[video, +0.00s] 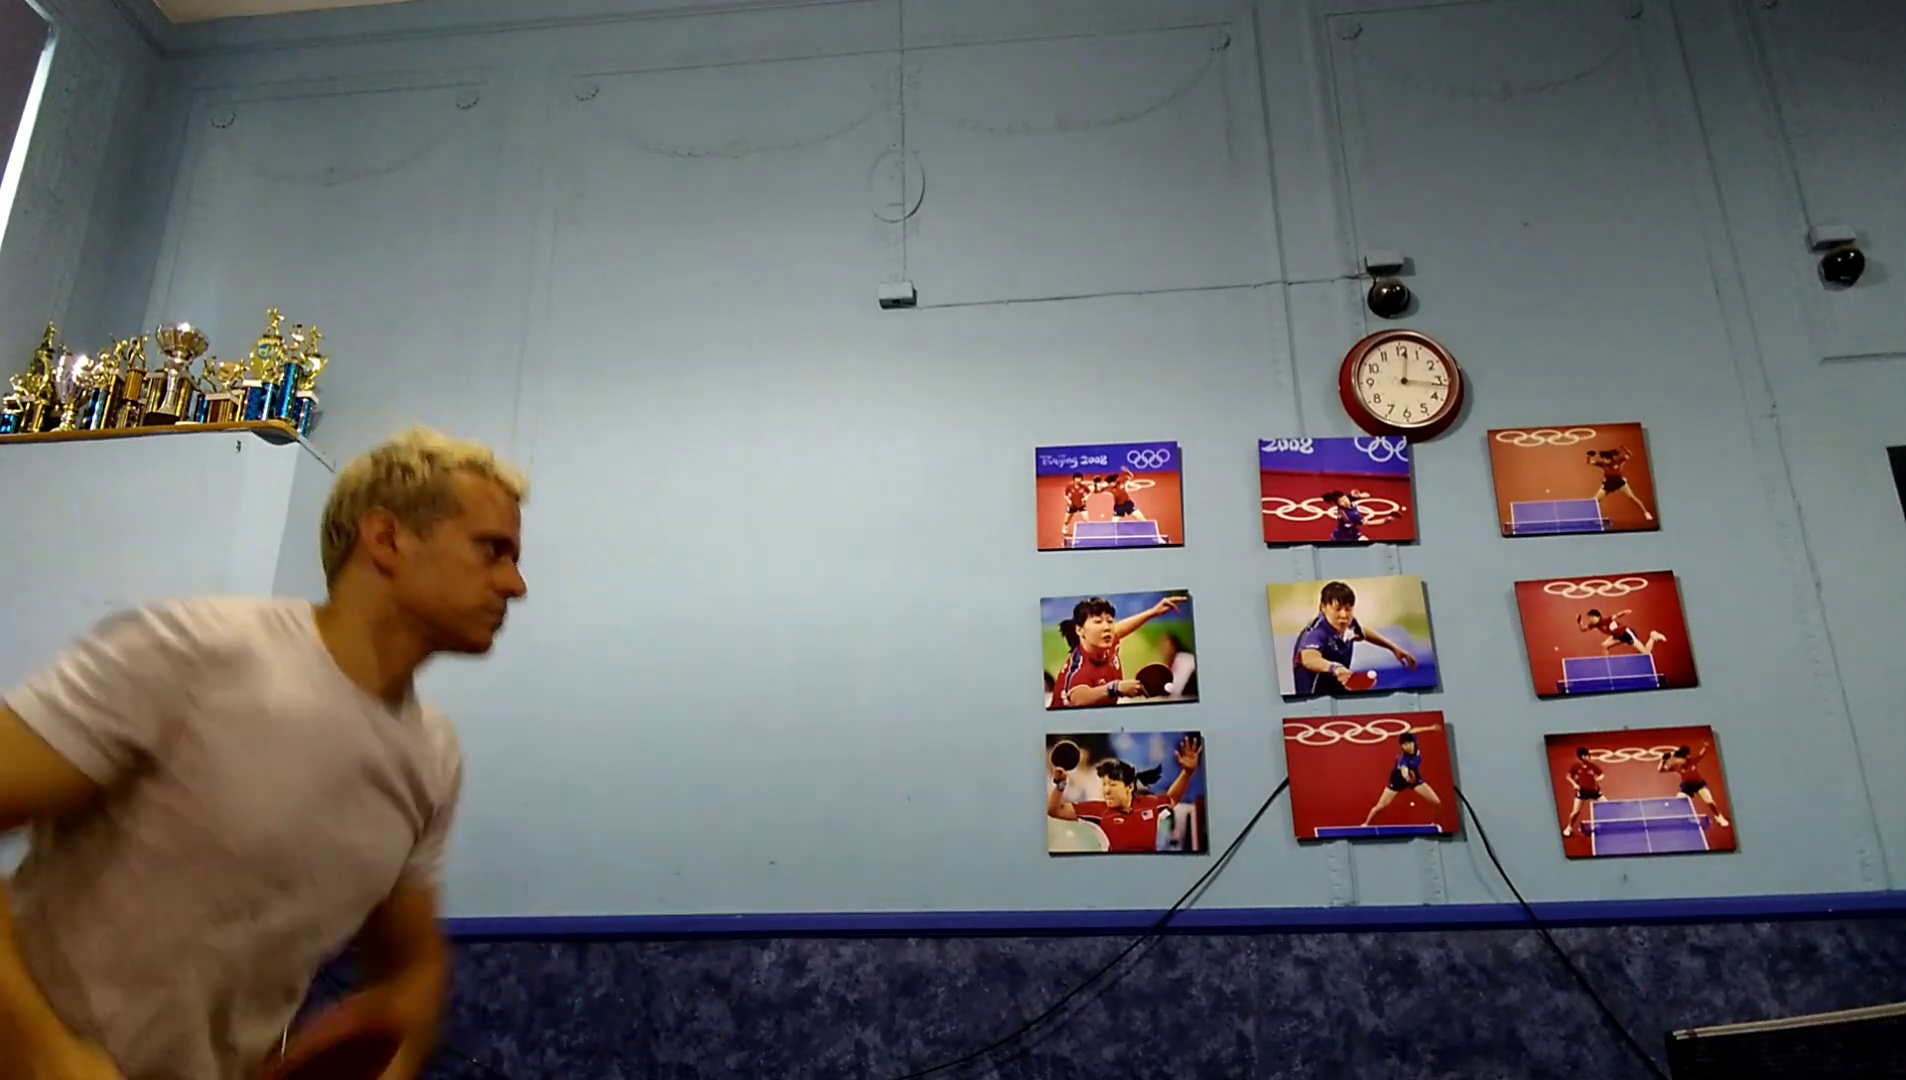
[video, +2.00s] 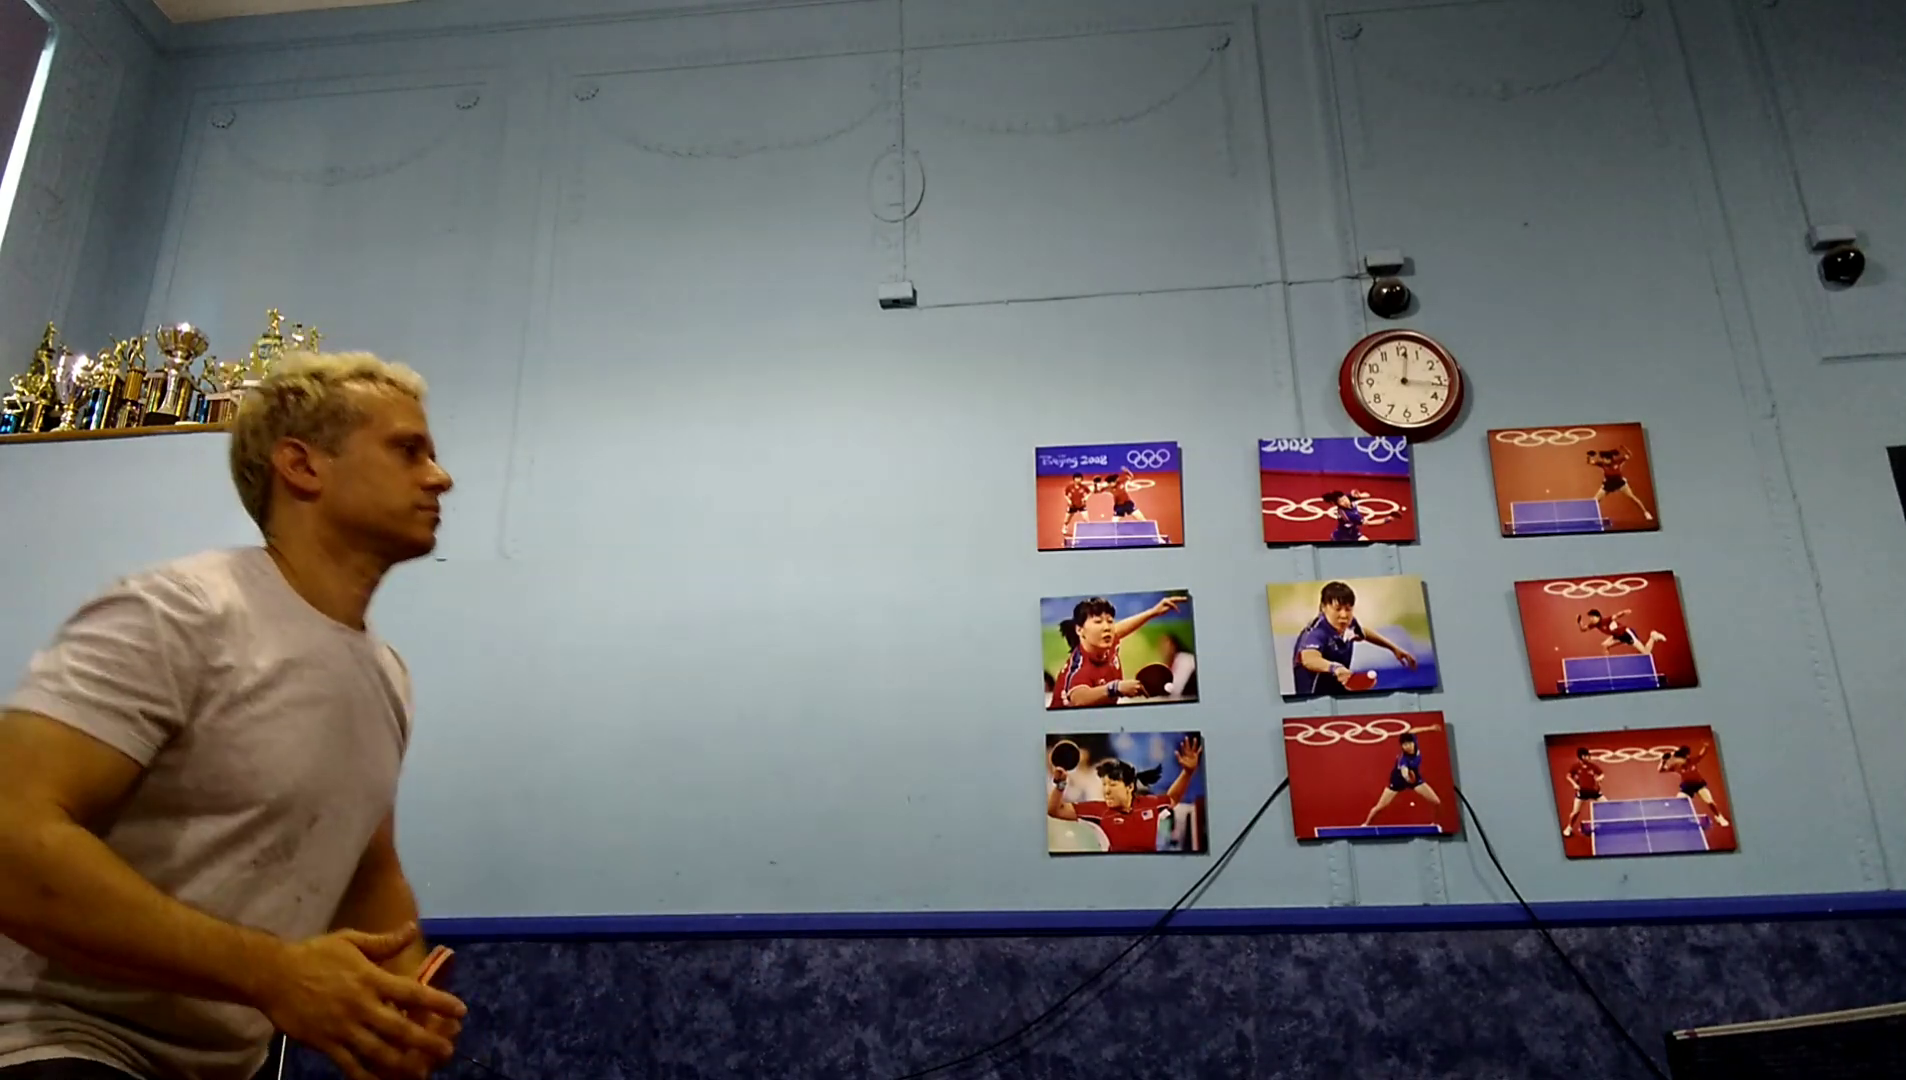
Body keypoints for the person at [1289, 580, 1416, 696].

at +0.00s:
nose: (1344, 615)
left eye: (1348, 609)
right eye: (1338, 609)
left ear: (1353, 609)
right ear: (1324, 608)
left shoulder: (1349, 624)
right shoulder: (1315, 632)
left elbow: (1364, 634)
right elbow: (1309, 660)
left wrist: (1395, 649)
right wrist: (1335, 668)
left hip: (1341, 705)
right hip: (1314, 708)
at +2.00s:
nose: (1344, 615)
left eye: (1348, 609)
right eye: (1338, 609)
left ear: (1353, 609)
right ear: (1324, 608)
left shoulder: (1349, 624)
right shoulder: (1315, 633)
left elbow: (1364, 634)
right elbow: (1309, 660)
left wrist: (1395, 649)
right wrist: (1335, 668)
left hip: (1341, 705)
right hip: (1314, 708)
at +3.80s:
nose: (1344, 615)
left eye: (1348, 609)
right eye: (1338, 609)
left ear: (1353, 609)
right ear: (1324, 608)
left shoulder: (1349, 624)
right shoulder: (1315, 633)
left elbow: (1364, 634)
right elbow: (1309, 660)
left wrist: (1395, 649)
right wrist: (1335, 668)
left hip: (1341, 704)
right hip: (1314, 708)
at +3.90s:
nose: (1344, 615)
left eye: (1348, 609)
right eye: (1338, 609)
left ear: (1353, 609)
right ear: (1324, 608)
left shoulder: (1349, 624)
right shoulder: (1315, 632)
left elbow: (1364, 634)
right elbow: (1309, 660)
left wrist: (1395, 649)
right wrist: (1335, 668)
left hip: (1341, 704)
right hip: (1314, 708)